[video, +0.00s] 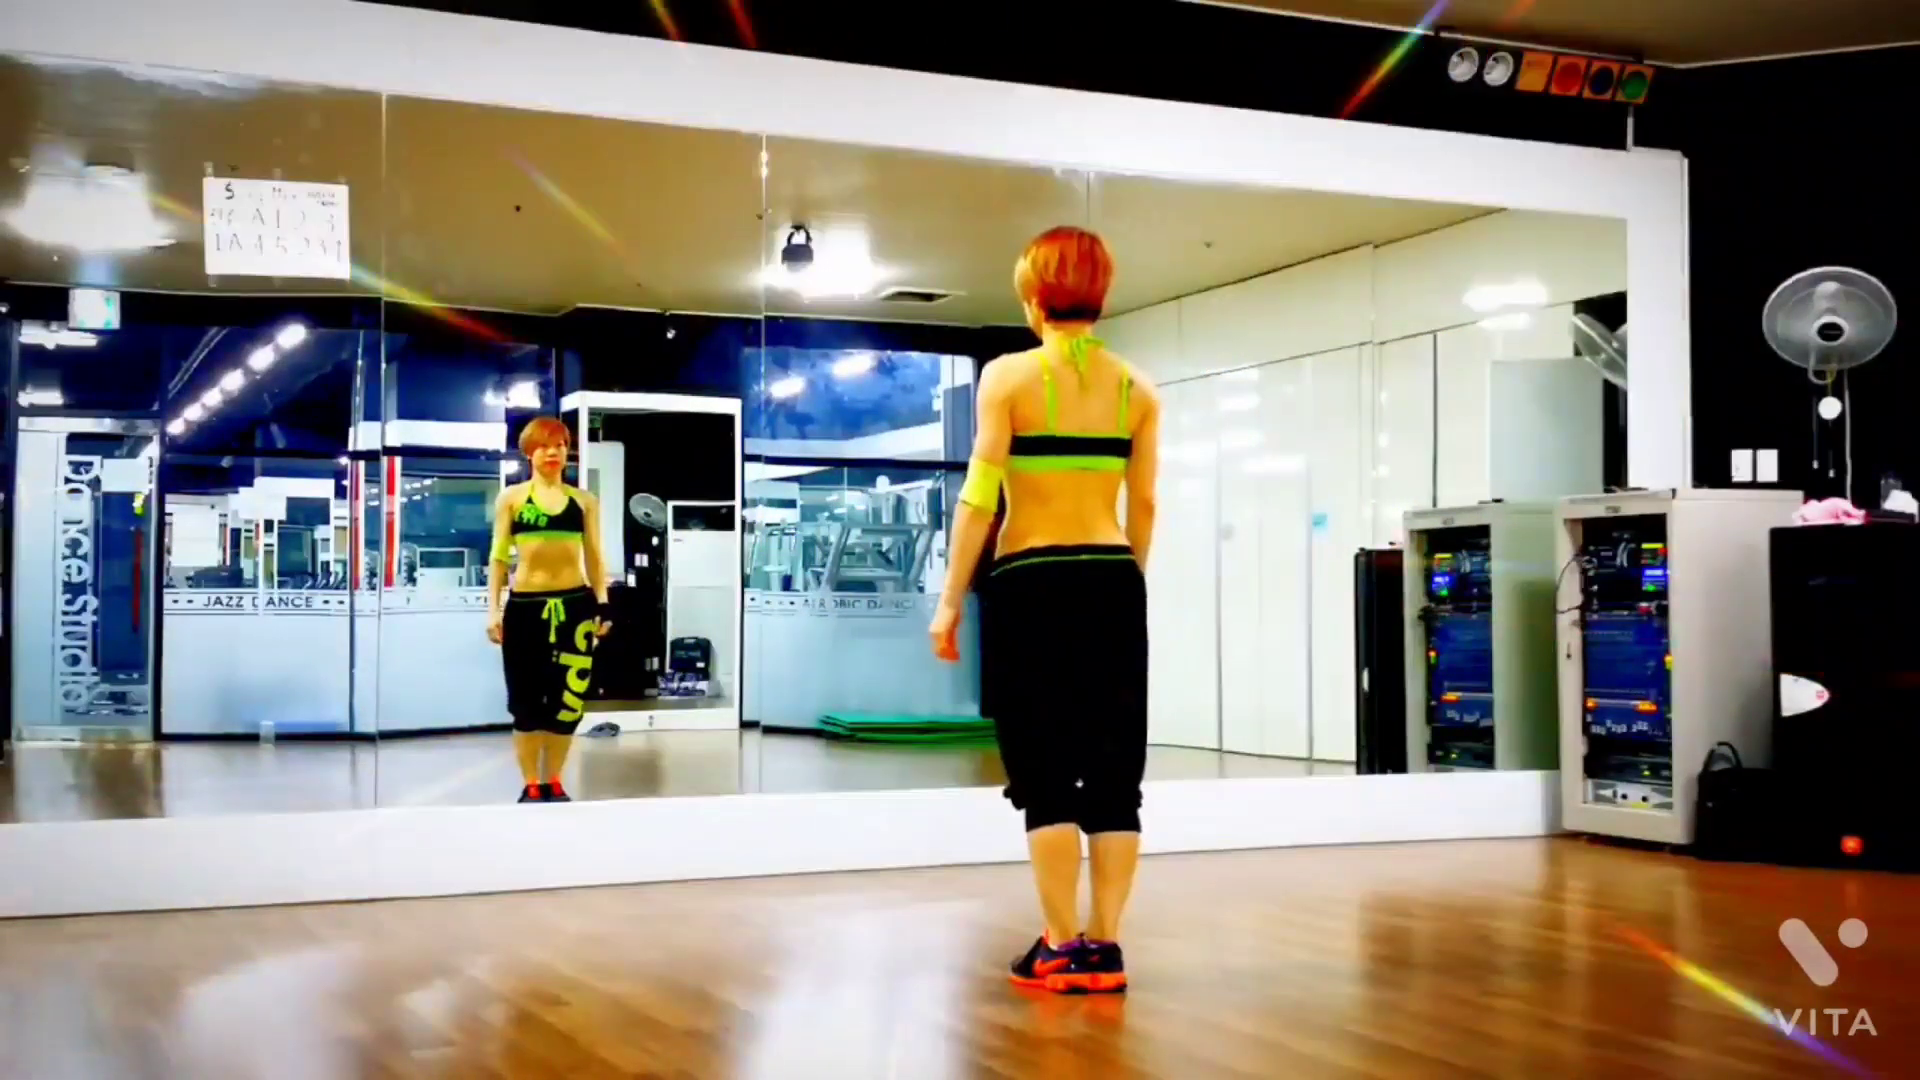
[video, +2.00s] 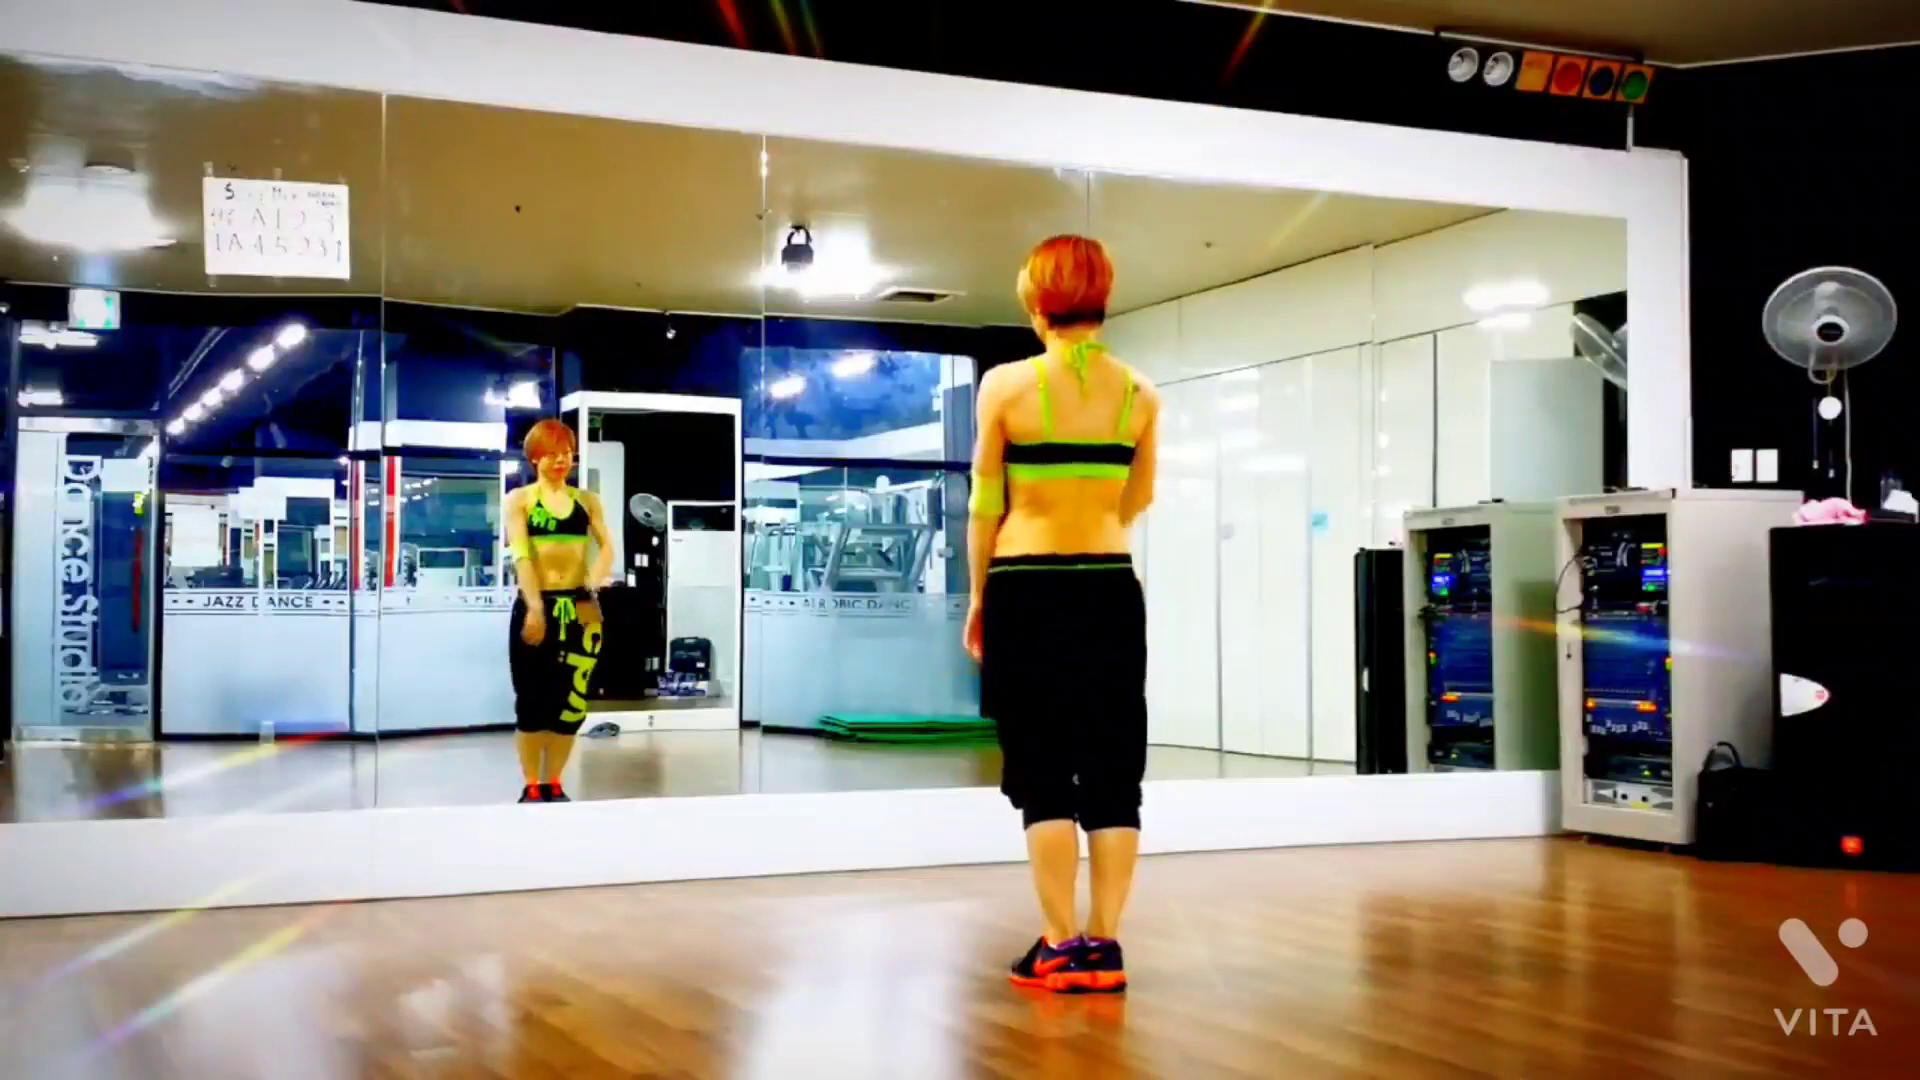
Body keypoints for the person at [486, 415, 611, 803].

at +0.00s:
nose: (552, 454)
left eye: (559, 447)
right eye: (544, 447)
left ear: (566, 451)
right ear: (530, 453)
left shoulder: (585, 501)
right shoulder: (511, 498)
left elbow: (595, 559)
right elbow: (499, 559)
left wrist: (603, 605)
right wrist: (495, 609)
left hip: (575, 606)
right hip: (525, 608)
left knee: (568, 701)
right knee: (527, 702)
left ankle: (553, 780)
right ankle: (531, 783)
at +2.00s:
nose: (560, 462)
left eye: (566, 455)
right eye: (551, 455)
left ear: (573, 457)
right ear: (535, 459)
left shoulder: (587, 501)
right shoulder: (519, 500)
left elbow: (607, 548)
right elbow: (523, 556)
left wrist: (595, 582)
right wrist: (535, 606)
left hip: (580, 606)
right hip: (537, 604)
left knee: (571, 699)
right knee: (533, 699)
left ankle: (552, 783)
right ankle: (531, 785)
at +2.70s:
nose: (554, 485)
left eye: (559, 478)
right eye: (545, 479)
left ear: (568, 488)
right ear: (531, 493)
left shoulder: (586, 537)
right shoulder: (521, 533)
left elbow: (583, 579)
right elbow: (537, 577)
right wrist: (570, 588)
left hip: (573, 640)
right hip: (529, 641)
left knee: (572, 733)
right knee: (540, 728)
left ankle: (552, 783)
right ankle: (532, 787)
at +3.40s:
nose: (554, 441)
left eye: (559, 436)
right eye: (545, 436)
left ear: (568, 447)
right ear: (527, 449)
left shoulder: (580, 483)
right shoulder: (518, 481)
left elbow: (601, 431)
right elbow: (486, 423)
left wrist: (625, 383)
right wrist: (456, 376)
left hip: (576, 602)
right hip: (528, 603)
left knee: (569, 701)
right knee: (526, 701)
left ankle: (552, 783)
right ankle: (531, 785)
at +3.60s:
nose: (550, 443)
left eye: (556, 437)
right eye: (541, 438)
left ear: (566, 446)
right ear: (528, 448)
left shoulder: (576, 482)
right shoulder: (518, 483)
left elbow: (578, 420)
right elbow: (512, 418)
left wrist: (580, 365)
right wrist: (502, 360)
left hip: (577, 601)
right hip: (528, 603)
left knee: (569, 699)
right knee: (527, 700)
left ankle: (553, 782)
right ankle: (531, 785)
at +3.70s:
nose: (548, 444)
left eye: (555, 439)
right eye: (540, 438)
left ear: (565, 447)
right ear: (528, 449)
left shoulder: (577, 482)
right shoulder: (517, 483)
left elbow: (575, 414)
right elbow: (518, 415)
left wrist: (563, 365)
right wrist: (524, 361)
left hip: (574, 600)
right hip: (527, 602)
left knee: (568, 702)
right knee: (527, 702)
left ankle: (553, 782)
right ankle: (531, 785)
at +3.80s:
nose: (546, 453)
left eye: (553, 447)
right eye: (539, 447)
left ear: (565, 456)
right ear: (527, 455)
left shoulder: (575, 492)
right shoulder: (516, 493)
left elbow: (572, 434)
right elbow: (524, 440)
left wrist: (550, 390)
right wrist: (541, 393)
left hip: (573, 602)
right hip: (526, 604)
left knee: (568, 705)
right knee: (529, 704)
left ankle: (552, 783)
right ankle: (531, 785)